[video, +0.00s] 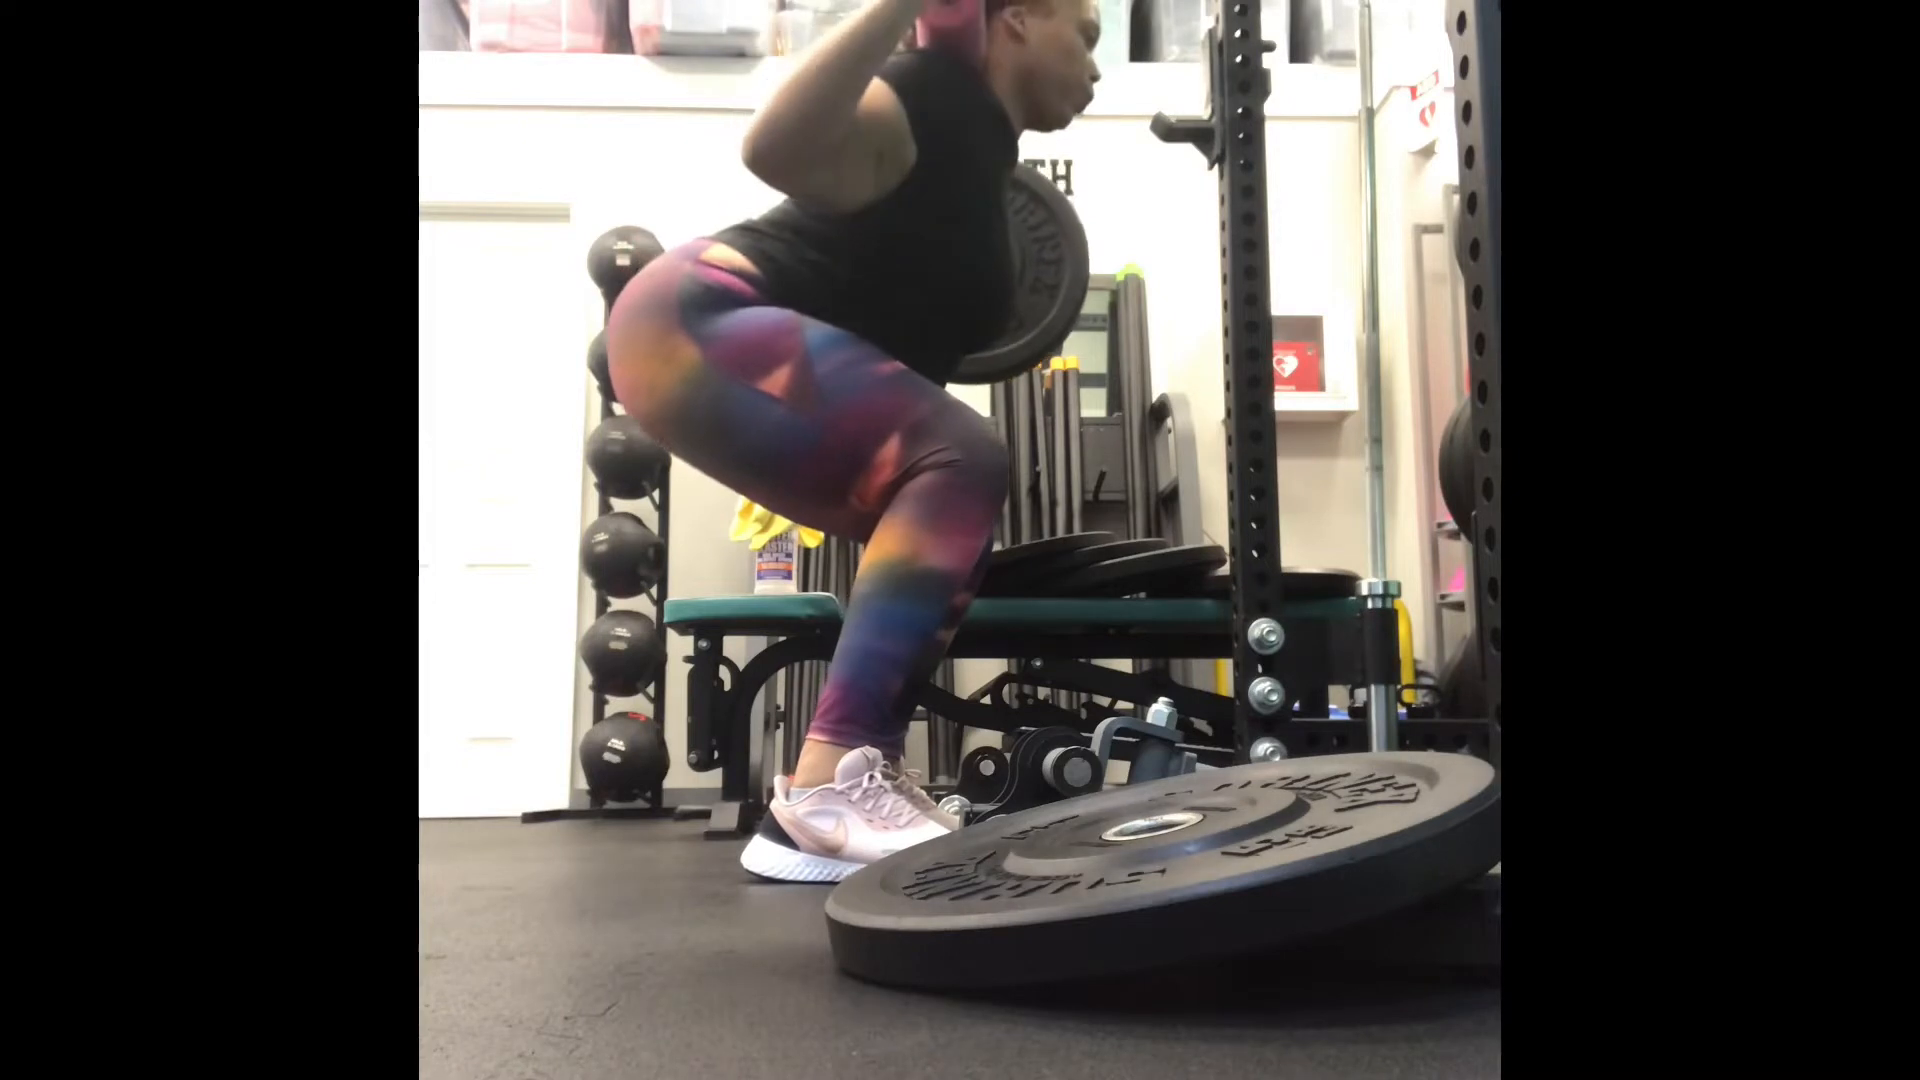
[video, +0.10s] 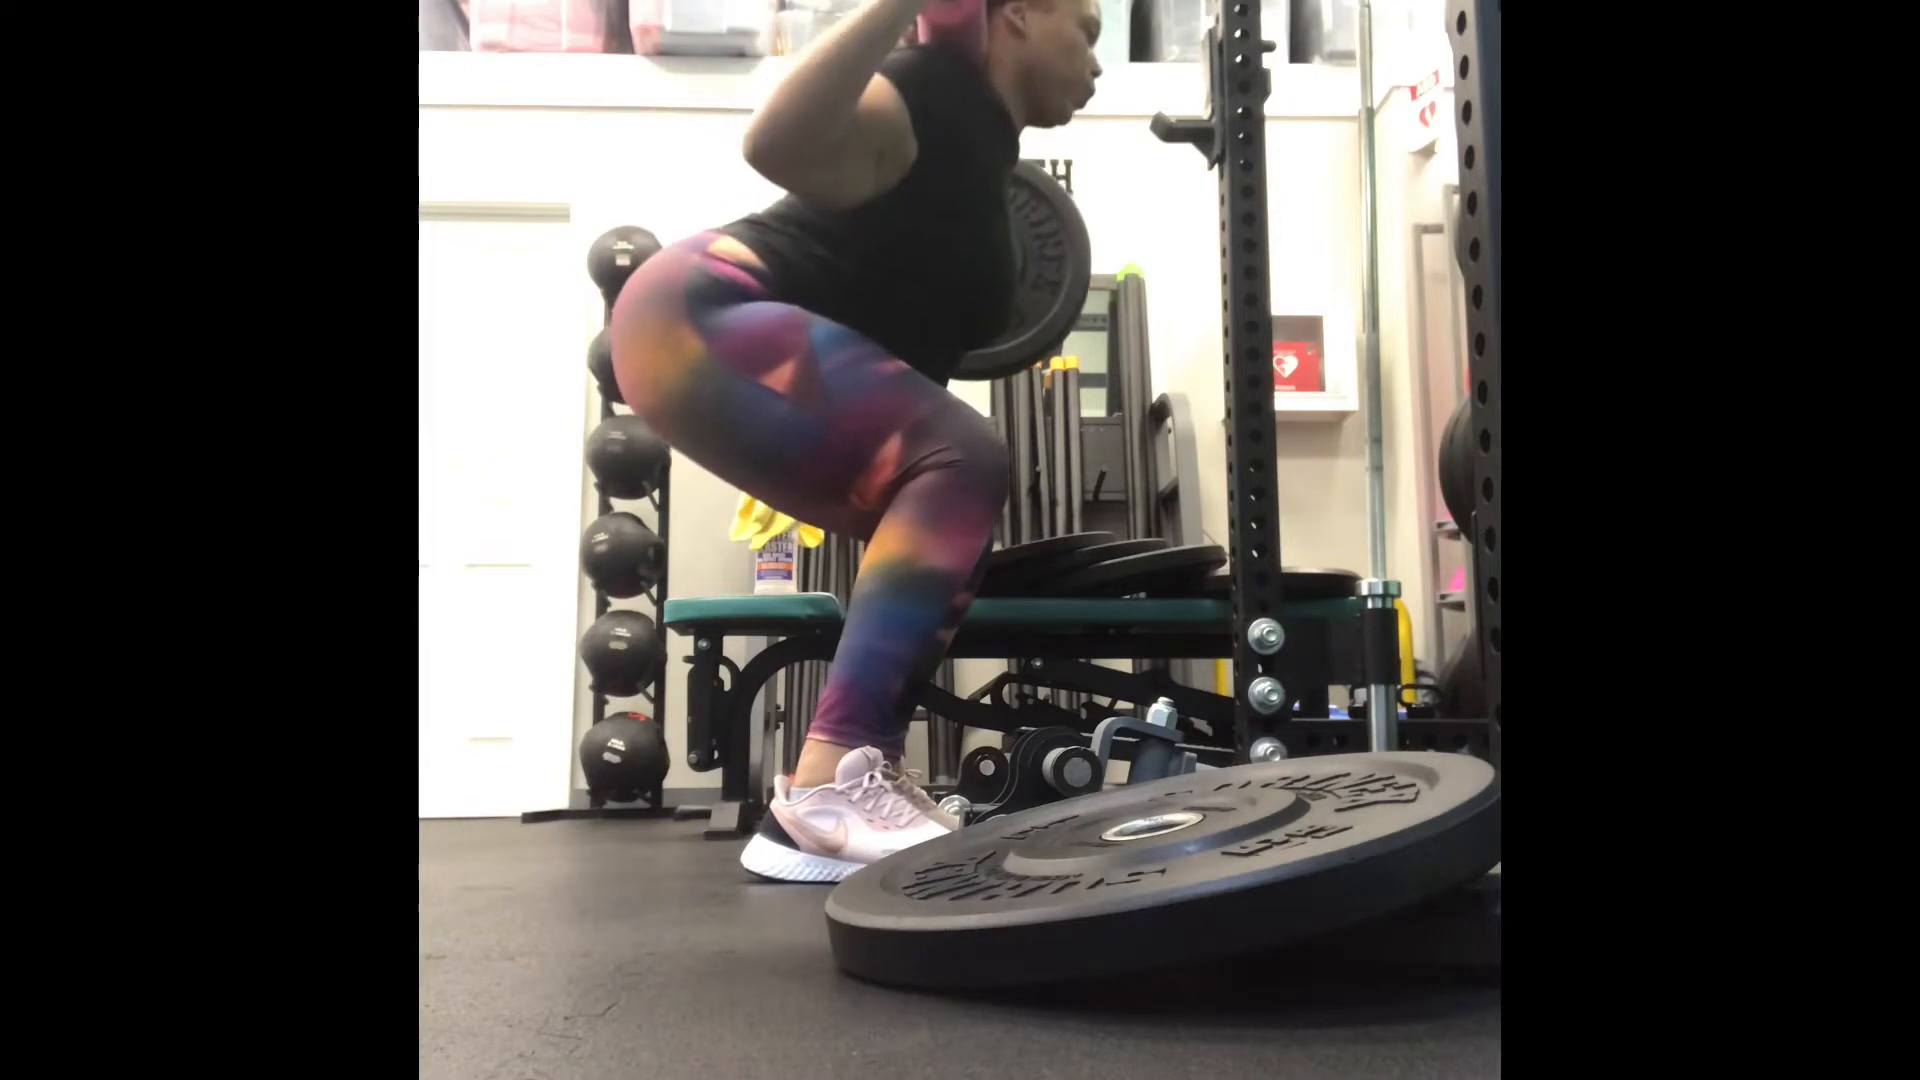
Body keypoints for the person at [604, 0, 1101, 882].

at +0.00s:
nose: (1096, 66)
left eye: (1095, 41)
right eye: (1086, 33)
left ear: (1020, 28)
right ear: (1013, 21)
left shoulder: (966, 146)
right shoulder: (941, 96)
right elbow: (780, 147)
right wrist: (901, 10)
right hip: (689, 313)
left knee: (950, 487)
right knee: (956, 454)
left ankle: (848, 786)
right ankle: (829, 783)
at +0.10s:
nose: (1096, 63)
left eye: (1095, 38)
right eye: (1086, 31)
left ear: (1022, 25)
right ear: (1016, 18)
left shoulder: (969, 146)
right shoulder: (937, 94)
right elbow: (782, 143)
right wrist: (900, 9)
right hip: (694, 307)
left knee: (946, 503)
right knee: (956, 455)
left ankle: (824, 809)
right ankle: (830, 781)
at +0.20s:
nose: (1096, 53)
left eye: (1095, 27)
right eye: (1084, 19)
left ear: (1019, 18)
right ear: (1012, 10)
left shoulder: (973, 136)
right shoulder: (941, 79)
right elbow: (782, 132)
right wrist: (893, 4)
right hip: (698, 295)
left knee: (945, 500)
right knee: (956, 454)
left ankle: (823, 811)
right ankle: (831, 781)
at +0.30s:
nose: (1094, 36)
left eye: (1092, 12)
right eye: (1081, 7)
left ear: (1013, 11)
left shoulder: (972, 118)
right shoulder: (932, 58)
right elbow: (775, 113)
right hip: (707, 278)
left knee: (937, 498)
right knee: (955, 454)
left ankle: (844, 796)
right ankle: (829, 781)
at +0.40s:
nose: (1092, 24)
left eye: (1090, 8)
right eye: (1081, 1)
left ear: (1019, 3)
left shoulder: (970, 110)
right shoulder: (930, 40)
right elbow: (771, 91)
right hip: (709, 258)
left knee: (928, 497)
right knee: (947, 451)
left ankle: (830, 802)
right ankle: (830, 780)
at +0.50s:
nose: (1085, 9)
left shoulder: (969, 95)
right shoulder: (932, 27)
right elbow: (768, 70)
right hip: (708, 243)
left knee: (923, 485)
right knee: (939, 449)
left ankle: (822, 809)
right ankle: (828, 780)